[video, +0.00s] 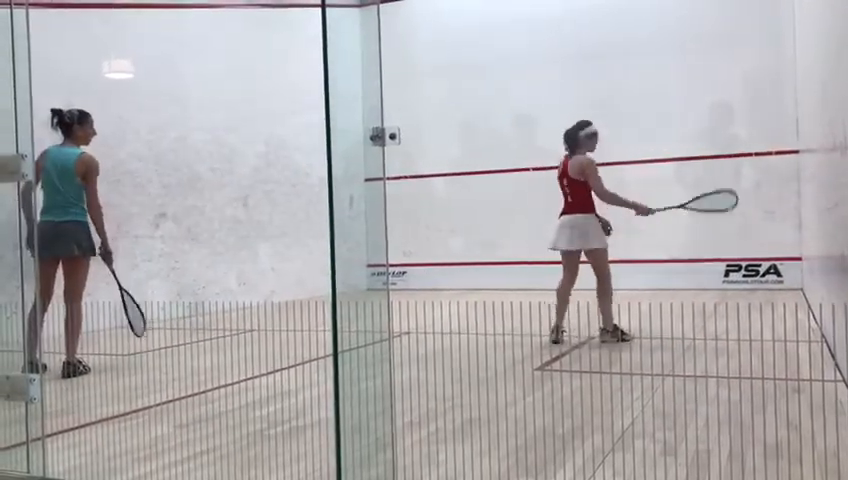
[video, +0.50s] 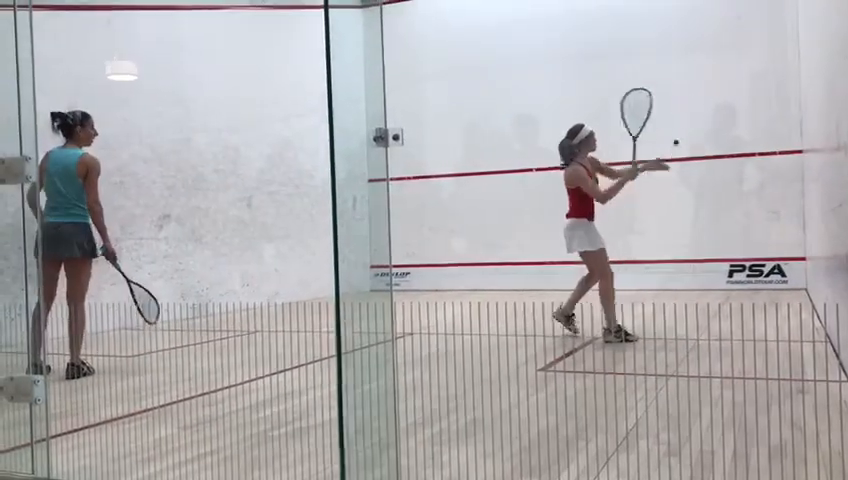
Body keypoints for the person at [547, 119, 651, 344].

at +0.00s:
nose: (596, 141)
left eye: (596, 136)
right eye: (592, 137)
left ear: (575, 141)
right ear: (580, 139)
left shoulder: (564, 164)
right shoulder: (586, 162)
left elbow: (575, 199)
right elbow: (603, 194)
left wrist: (596, 218)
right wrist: (635, 206)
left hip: (566, 222)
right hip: (586, 222)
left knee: (568, 276)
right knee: (603, 275)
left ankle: (557, 327)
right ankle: (608, 327)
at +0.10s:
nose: (601, 141)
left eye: (600, 137)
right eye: (598, 137)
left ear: (580, 141)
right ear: (589, 140)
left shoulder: (572, 165)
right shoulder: (589, 163)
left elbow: (593, 201)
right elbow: (605, 193)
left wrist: (618, 219)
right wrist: (646, 197)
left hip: (573, 224)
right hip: (590, 224)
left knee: (581, 276)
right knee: (608, 276)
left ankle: (560, 322)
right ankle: (609, 326)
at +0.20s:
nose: (603, 139)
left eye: (601, 135)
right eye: (599, 136)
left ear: (585, 143)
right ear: (589, 142)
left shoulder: (578, 167)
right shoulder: (588, 166)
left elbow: (611, 194)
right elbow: (609, 195)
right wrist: (638, 210)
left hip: (577, 225)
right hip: (590, 225)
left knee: (595, 273)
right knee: (612, 274)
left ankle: (566, 311)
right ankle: (611, 326)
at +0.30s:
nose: (602, 137)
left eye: (600, 134)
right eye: (599, 135)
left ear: (587, 142)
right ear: (589, 141)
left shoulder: (593, 165)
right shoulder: (585, 168)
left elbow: (620, 184)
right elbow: (611, 195)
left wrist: (653, 190)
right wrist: (644, 187)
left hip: (583, 225)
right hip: (587, 226)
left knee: (600, 272)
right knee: (612, 274)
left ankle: (570, 309)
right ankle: (611, 328)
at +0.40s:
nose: (599, 138)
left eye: (597, 135)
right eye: (595, 136)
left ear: (584, 143)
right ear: (586, 142)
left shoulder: (591, 162)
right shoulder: (581, 168)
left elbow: (620, 173)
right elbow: (608, 195)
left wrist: (654, 167)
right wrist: (638, 181)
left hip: (583, 225)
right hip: (585, 226)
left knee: (599, 272)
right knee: (609, 274)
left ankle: (569, 309)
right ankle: (612, 327)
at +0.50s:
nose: (595, 140)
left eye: (593, 137)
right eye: (592, 138)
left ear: (580, 144)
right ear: (582, 144)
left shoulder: (589, 162)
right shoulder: (575, 171)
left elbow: (615, 173)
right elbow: (601, 198)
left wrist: (648, 166)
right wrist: (625, 178)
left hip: (582, 226)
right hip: (580, 227)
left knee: (595, 273)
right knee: (605, 275)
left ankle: (565, 311)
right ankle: (612, 328)